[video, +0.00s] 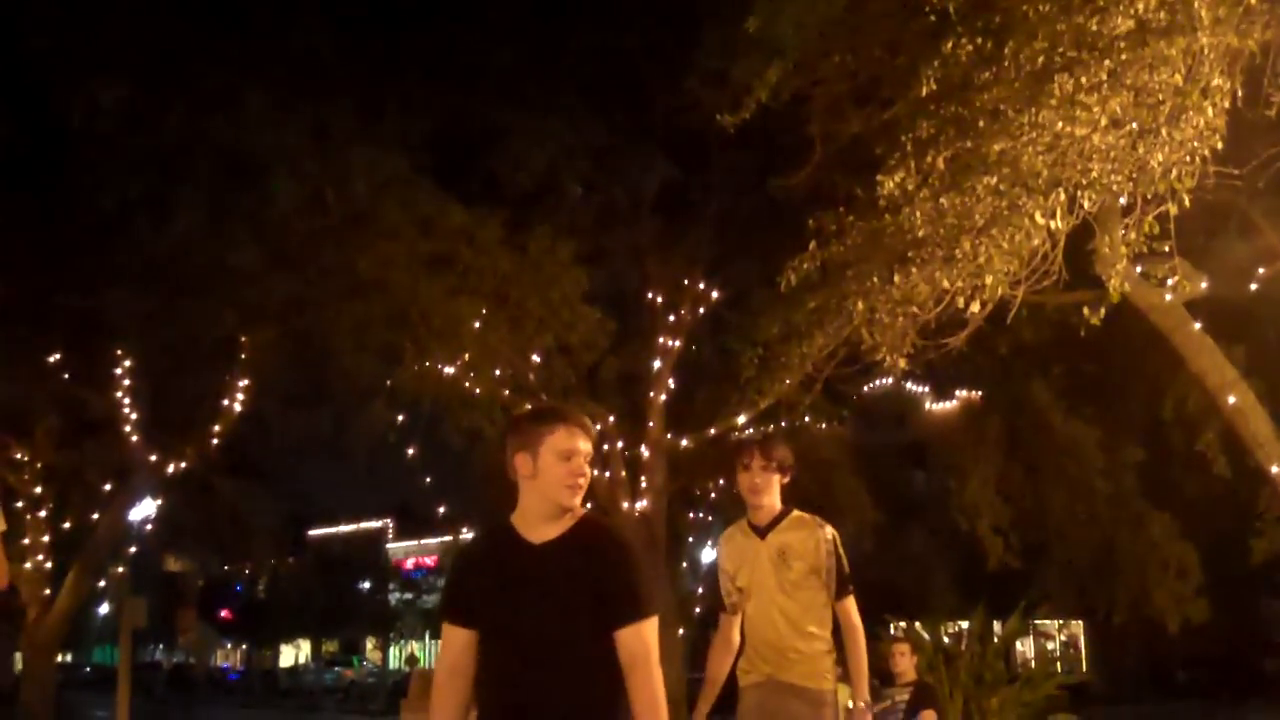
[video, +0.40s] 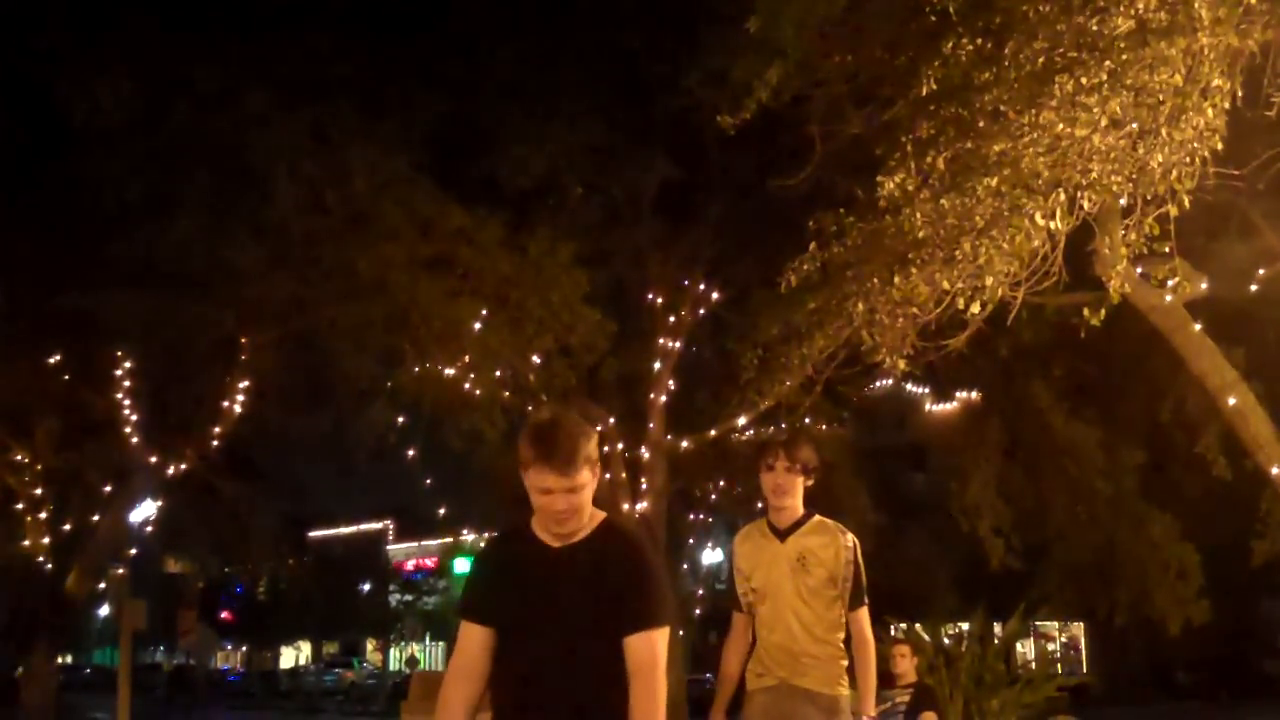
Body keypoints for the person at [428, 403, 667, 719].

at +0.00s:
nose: (583, 471)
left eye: (587, 460)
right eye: (566, 458)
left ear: (593, 467)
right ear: (523, 465)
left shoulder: (610, 551)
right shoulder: (478, 559)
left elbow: (641, 667)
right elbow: (453, 673)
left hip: (598, 711)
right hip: (504, 711)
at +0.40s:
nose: (560, 505)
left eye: (572, 489)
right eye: (545, 491)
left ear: (596, 473)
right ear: (525, 478)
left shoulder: (629, 554)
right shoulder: (500, 557)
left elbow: (646, 675)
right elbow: (466, 670)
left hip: (602, 713)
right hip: (518, 712)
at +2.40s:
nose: (523, 507)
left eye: (539, 491)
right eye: (513, 492)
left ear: (575, 482)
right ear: (503, 487)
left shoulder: (624, 556)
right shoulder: (495, 556)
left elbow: (649, 691)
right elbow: (480, 672)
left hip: (605, 713)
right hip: (521, 712)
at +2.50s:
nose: (520, 504)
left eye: (537, 489)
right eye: (510, 490)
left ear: (575, 483)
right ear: (501, 486)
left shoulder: (620, 565)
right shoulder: (492, 555)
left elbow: (648, 690)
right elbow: (479, 662)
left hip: (604, 713)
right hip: (521, 712)